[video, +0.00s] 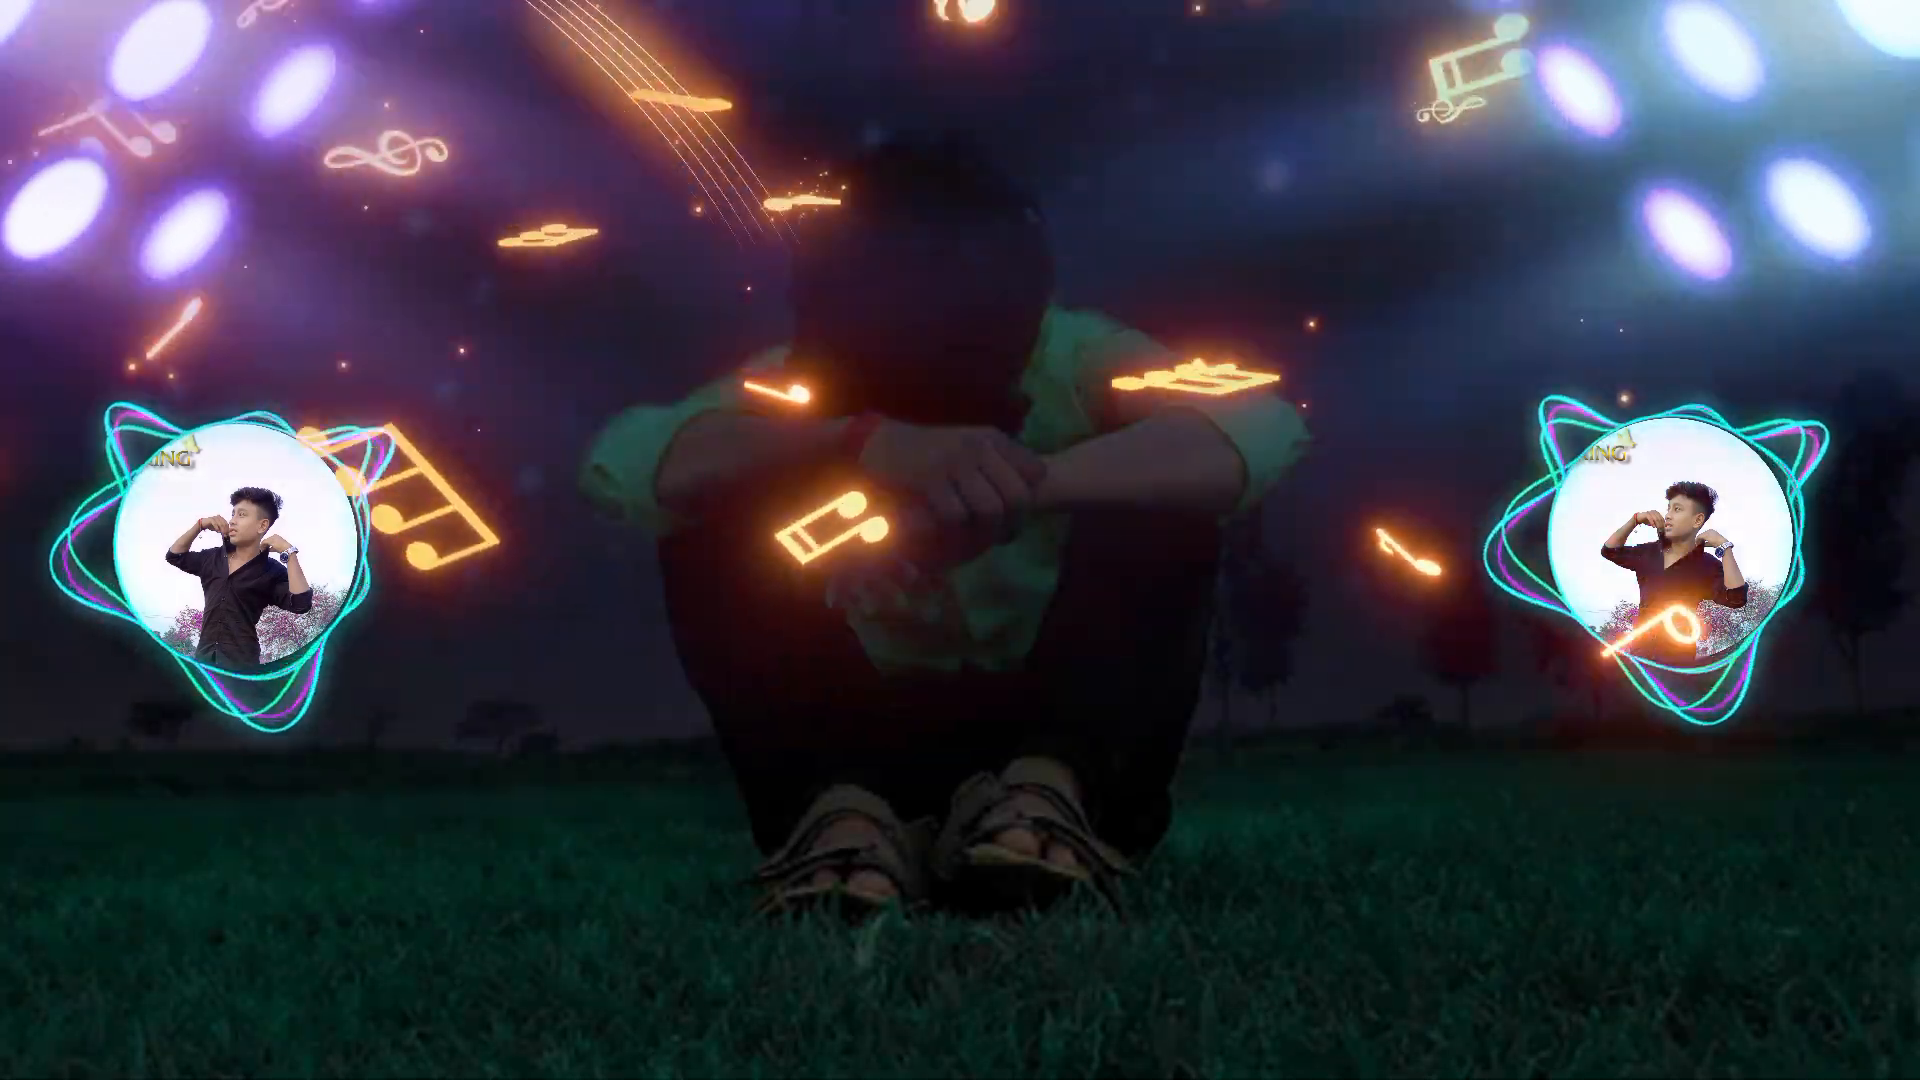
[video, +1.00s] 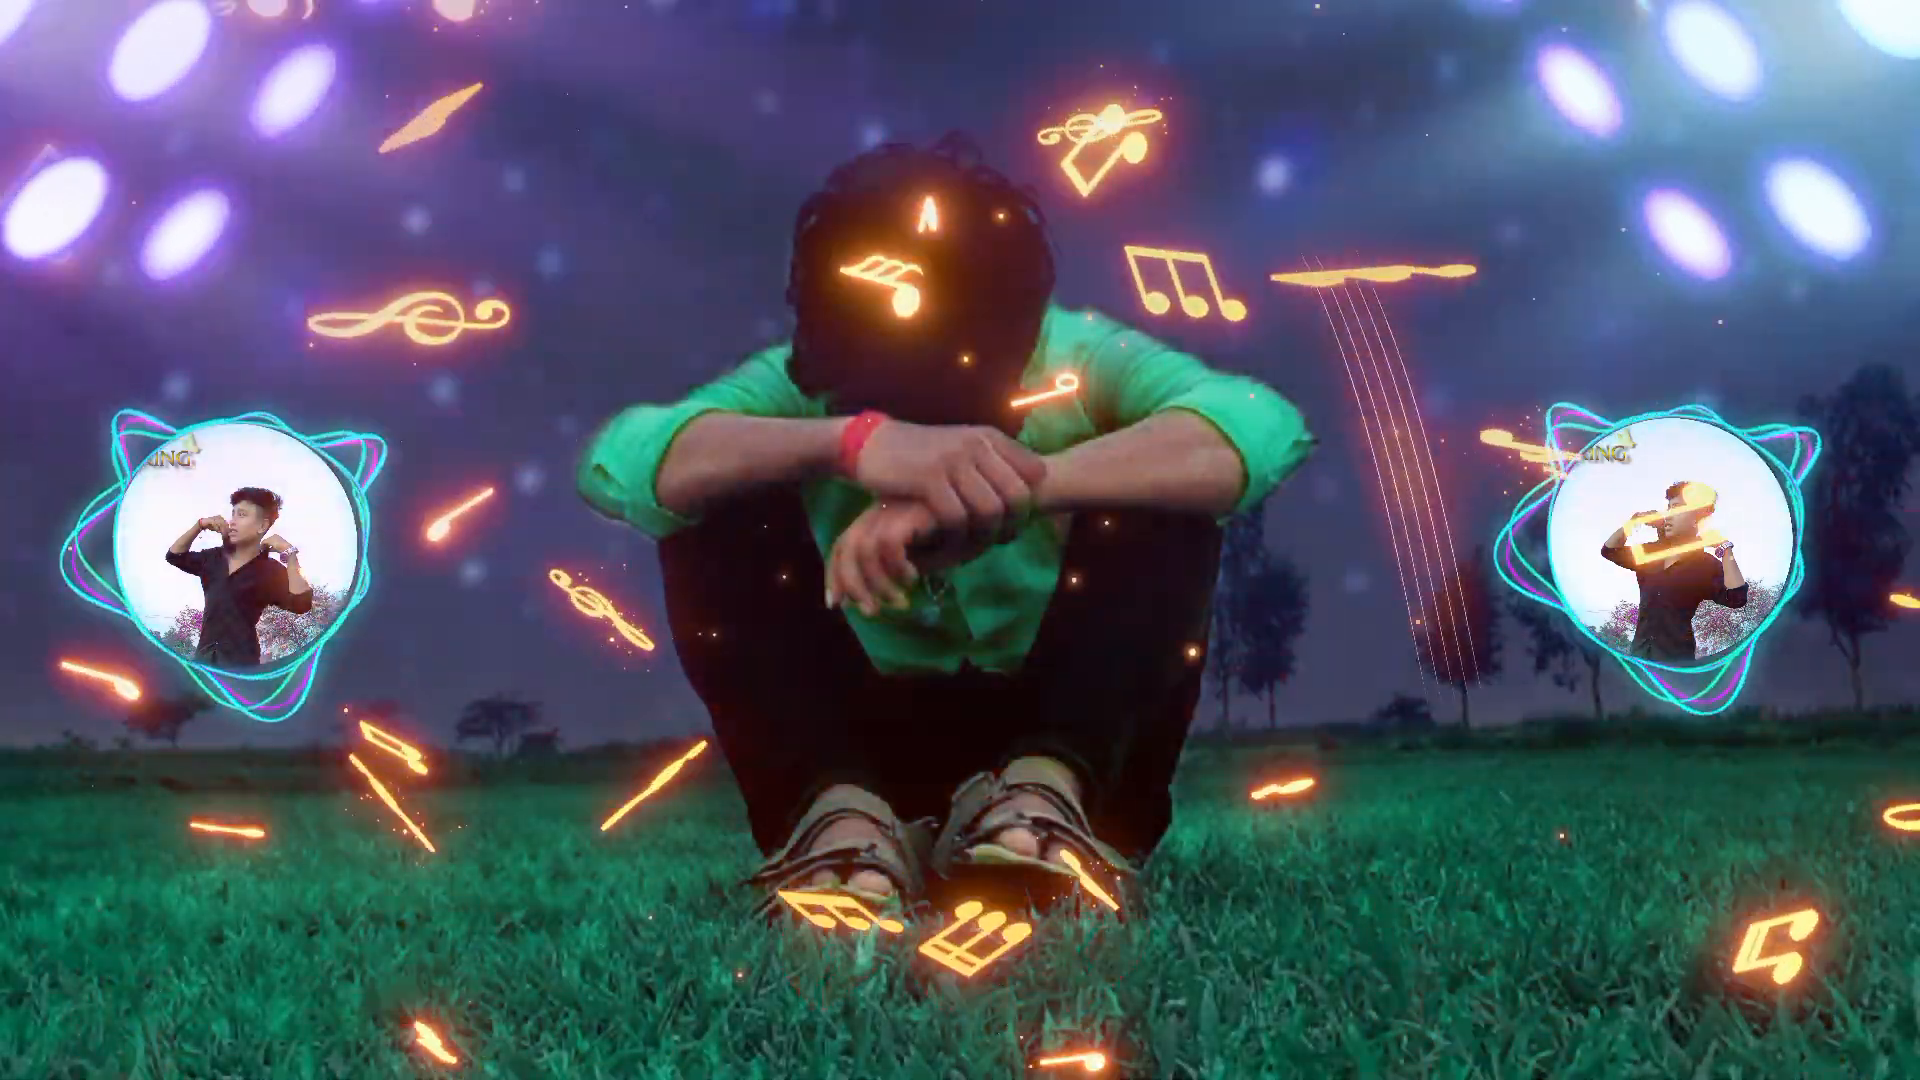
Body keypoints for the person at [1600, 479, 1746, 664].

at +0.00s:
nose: (1667, 515)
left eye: (1677, 509)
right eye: (1668, 509)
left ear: (1698, 520)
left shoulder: (1706, 565)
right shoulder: (1647, 554)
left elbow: (1737, 599)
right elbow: (1609, 551)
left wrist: (1725, 547)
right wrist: (1634, 520)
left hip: (1678, 661)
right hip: (1639, 655)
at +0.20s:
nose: (1667, 515)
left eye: (1677, 510)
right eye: (1668, 508)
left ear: (1698, 520)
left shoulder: (1705, 565)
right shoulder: (1648, 553)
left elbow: (1737, 599)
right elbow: (1609, 551)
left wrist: (1725, 547)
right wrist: (1634, 521)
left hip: (1677, 658)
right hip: (1639, 653)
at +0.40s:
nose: (1667, 515)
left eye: (1677, 510)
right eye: (1668, 509)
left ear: (1698, 520)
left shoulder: (1704, 564)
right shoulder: (1648, 553)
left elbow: (1737, 599)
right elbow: (1609, 551)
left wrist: (1725, 547)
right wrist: (1634, 521)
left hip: (1677, 659)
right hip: (1640, 655)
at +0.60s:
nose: (1668, 515)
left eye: (1677, 509)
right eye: (1668, 508)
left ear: (1698, 520)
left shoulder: (1703, 562)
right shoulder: (1648, 552)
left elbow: (1737, 599)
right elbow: (1609, 551)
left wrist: (1725, 547)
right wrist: (1634, 521)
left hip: (1677, 652)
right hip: (1641, 648)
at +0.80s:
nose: (1667, 515)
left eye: (1677, 509)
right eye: (1668, 509)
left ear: (1698, 520)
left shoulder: (1705, 565)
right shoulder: (1648, 553)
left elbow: (1737, 599)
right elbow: (1609, 551)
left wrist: (1725, 547)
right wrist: (1634, 521)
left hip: (1677, 659)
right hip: (1640, 654)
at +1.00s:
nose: (1667, 514)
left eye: (1676, 507)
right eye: (1668, 507)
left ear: (1698, 513)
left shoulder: (1704, 563)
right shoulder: (1648, 553)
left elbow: (1737, 600)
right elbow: (1609, 551)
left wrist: (1726, 551)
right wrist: (1631, 525)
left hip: (1677, 655)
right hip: (1640, 652)